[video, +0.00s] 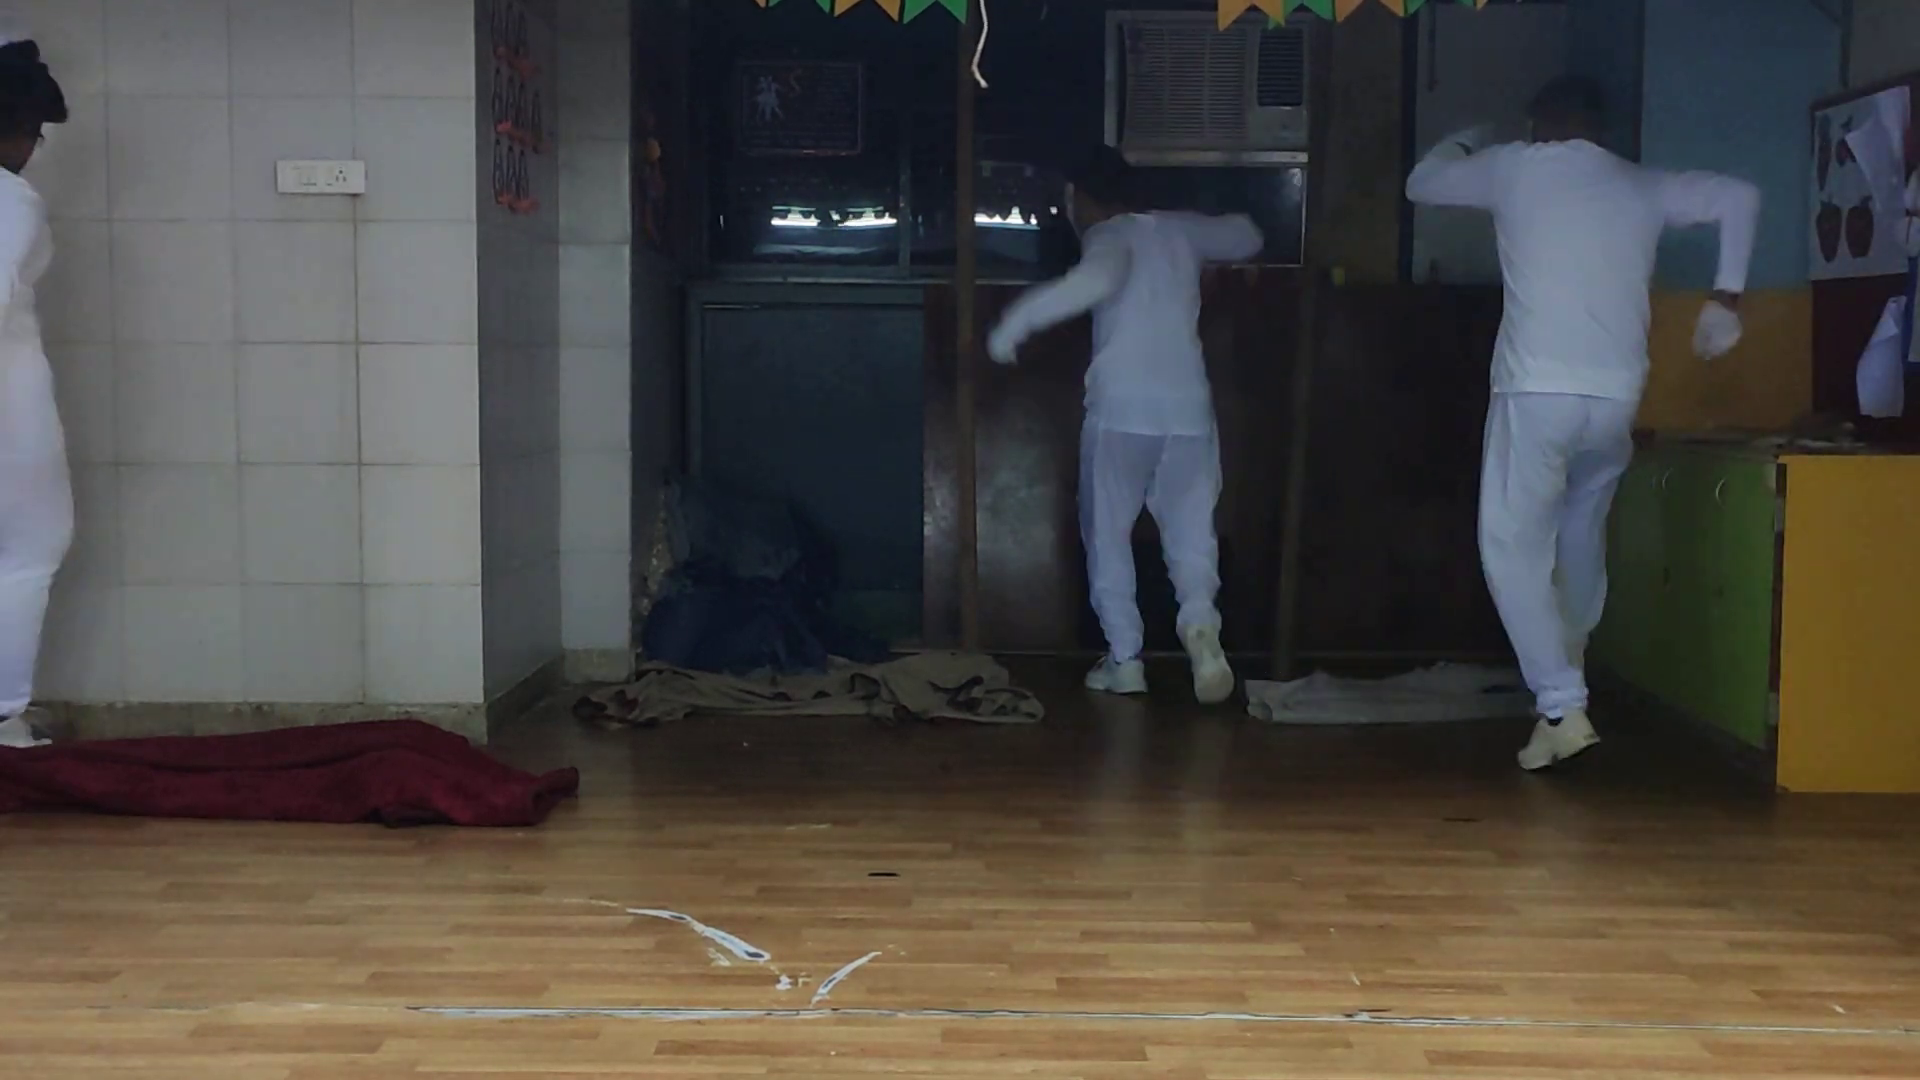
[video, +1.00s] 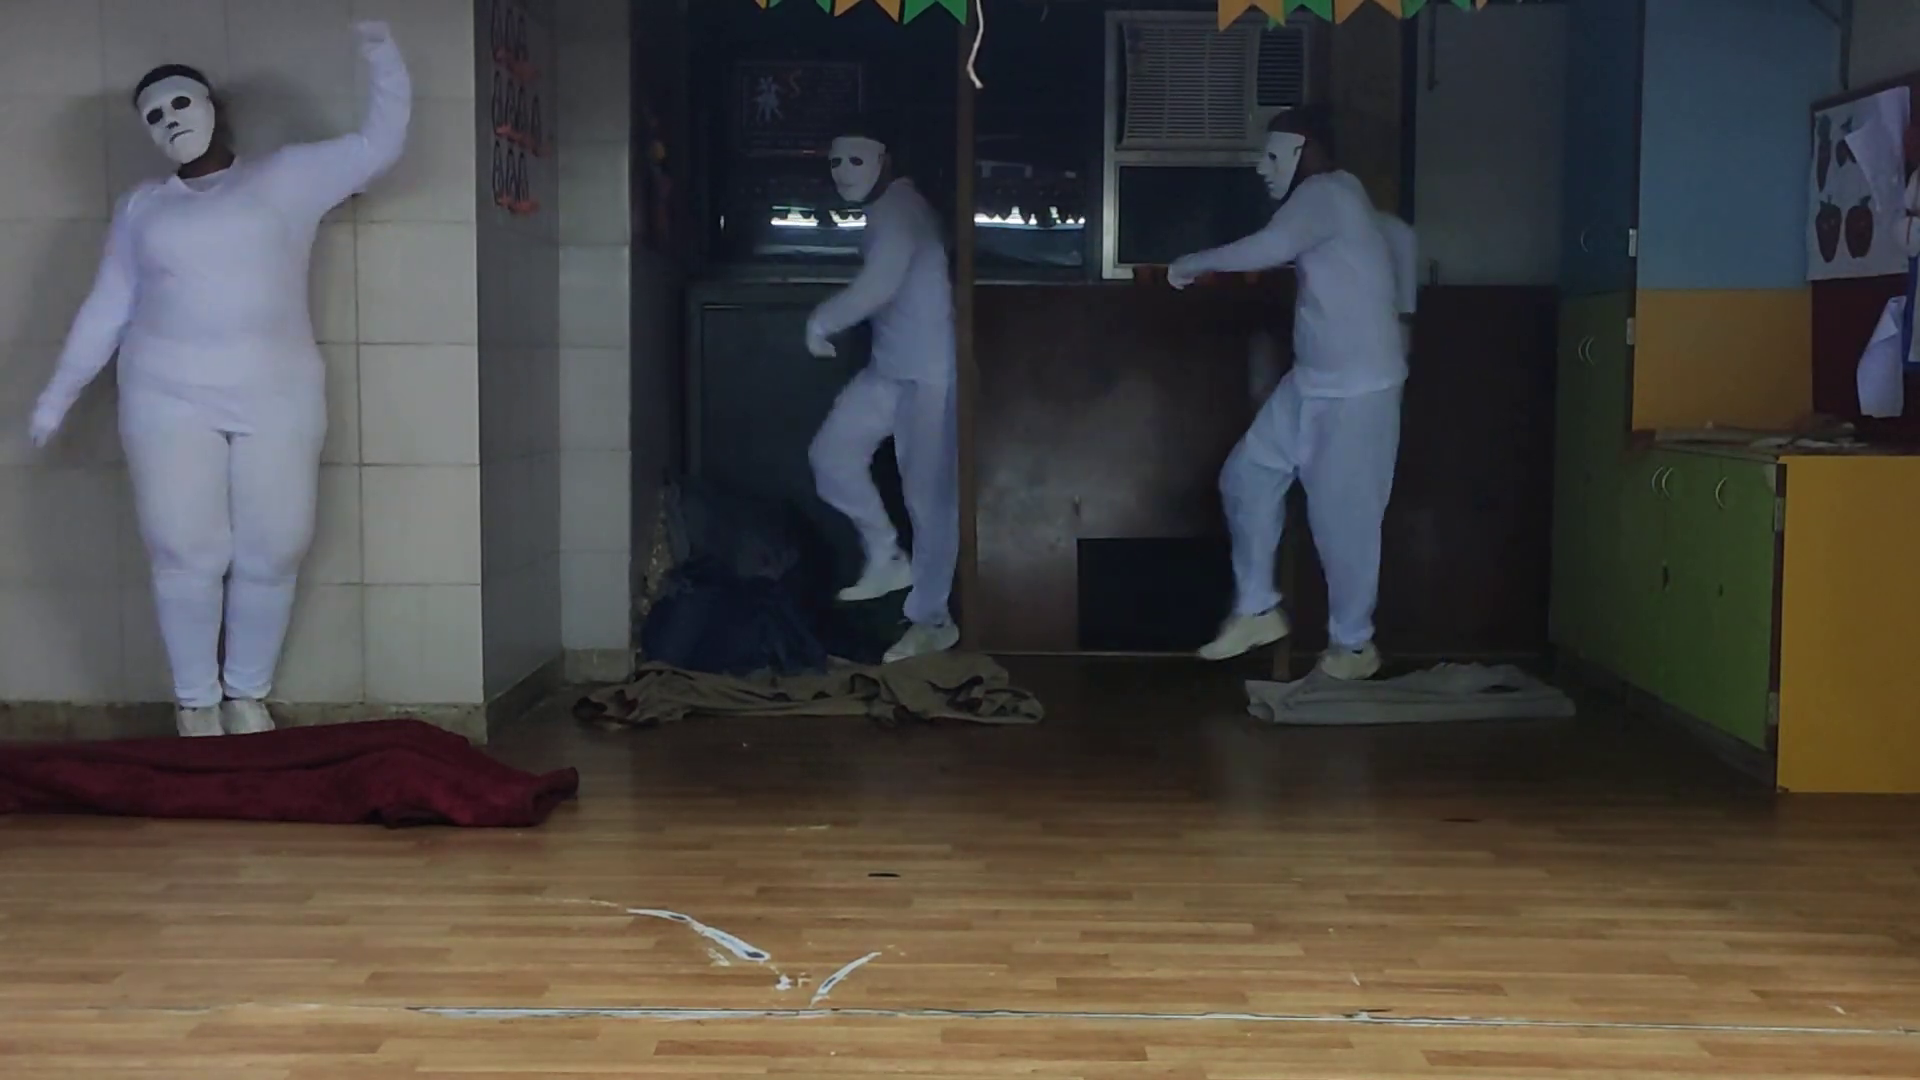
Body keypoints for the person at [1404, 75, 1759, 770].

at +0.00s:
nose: (1533, 132)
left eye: (1537, 123)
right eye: (1540, 123)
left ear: (1542, 123)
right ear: (1602, 125)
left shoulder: (1512, 169)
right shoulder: (1645, 186)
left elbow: (1422, 182)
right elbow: (1739, 197)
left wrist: (1460, 144)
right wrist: (1726, 299)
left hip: (1537, 392)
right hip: (1616, 396)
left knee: (1512, 546)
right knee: (1584, 529)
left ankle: (1562, 710)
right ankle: (1570, 658)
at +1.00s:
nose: (1264, 168)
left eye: (1273, 157)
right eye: (1264, 157)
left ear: (1304, 151)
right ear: (1311, 153)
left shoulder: (1324, 194)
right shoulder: (1344, 200)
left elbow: (1272, 247)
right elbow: (1401, 233)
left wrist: (1188, 265)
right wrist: (1405, 307)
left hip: (1358, 386)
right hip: (1312, 381)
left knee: (1345, 512)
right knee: (1247, 480)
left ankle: (1353, 646)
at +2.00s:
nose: (1214, 214)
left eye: (1226, 203)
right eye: (1202, 203)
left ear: (1244, 206)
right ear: (1186, 210)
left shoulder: (1263, 237)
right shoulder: (1176, 263)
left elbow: (1238, 289)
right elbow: (1194, 327)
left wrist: (1153, 307)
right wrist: (1188, 362)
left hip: (1286, 426)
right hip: (1215, 424)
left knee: (1303, 548)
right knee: (1171, 542)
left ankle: (1333, 645)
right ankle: (1142, 656)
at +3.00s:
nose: (1221, 294)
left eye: (1233, 282)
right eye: (1208, 283)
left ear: (1252, 285)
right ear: (1194, 289)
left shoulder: (1272, 318)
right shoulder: (1192, 344)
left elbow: (1310, 358)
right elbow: (1199, 400)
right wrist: (1185, 446)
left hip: (1317, 486)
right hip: (1235, 483)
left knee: (1395, 570)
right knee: (1163, 535)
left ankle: (1421, 661)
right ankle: (1145, 665)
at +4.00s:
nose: (1237, 169)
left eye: (1248, 157)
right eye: (1224, 159)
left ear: (1268, 162)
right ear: (1211, 170)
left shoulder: (1303, 193)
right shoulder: (1202, 249)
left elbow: (1381, 164)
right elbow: (1195, 339)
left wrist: (1432, 126)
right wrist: (1220, 320)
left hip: (1321, 389)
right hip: (1252, 401)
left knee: (1322, 525)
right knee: (1262, 528)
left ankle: (1318, 653)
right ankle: (1266, 657)